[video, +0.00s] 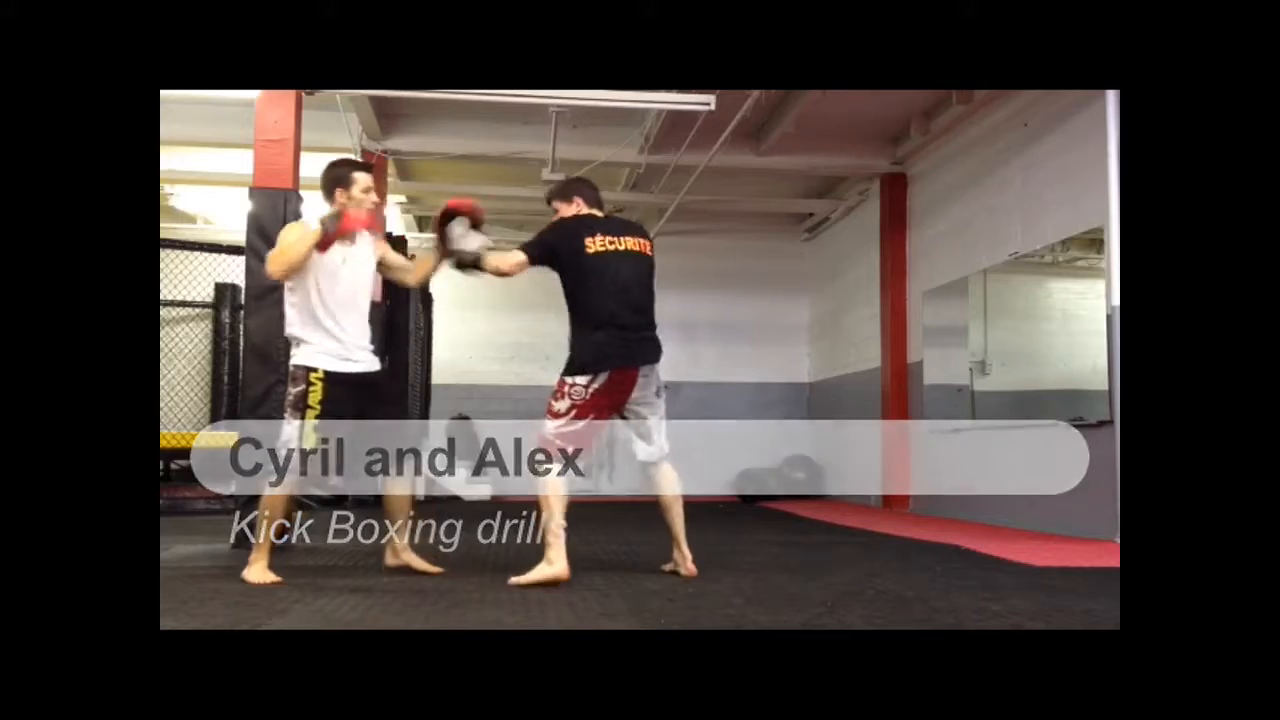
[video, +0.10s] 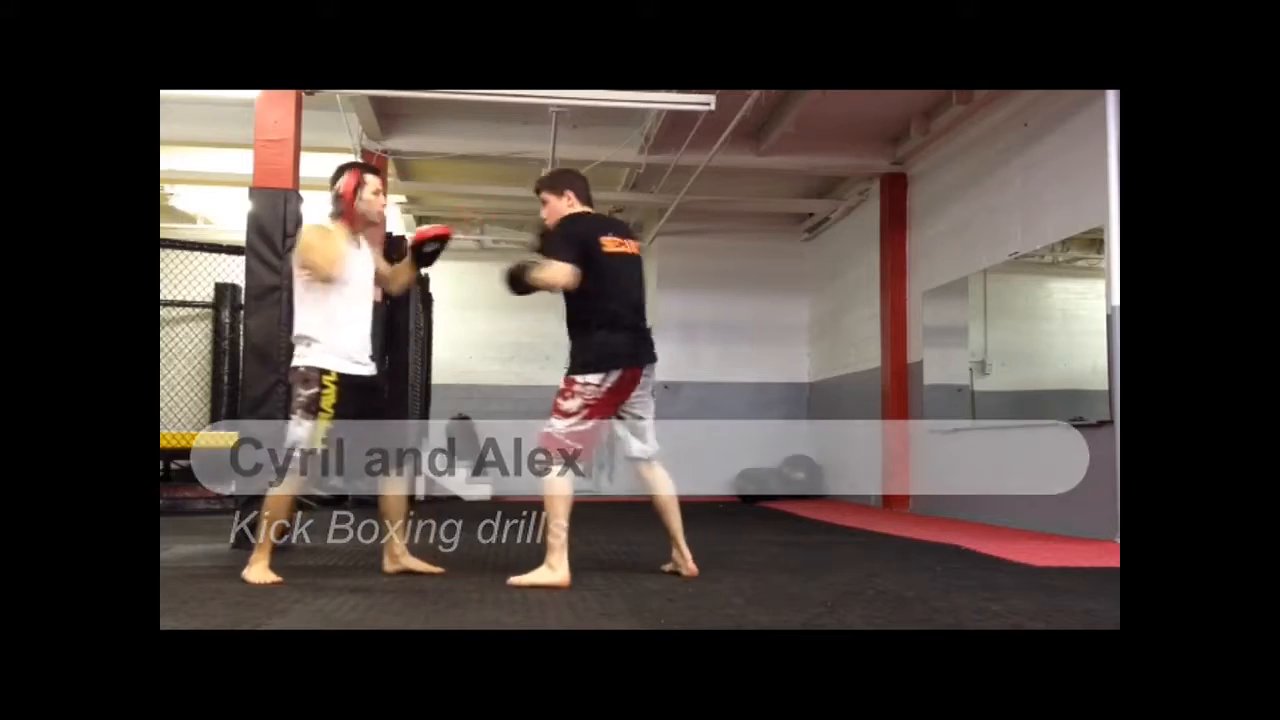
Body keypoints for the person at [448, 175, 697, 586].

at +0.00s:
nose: (555, 216)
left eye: (556, 209)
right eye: (554, 210)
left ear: (577, 203)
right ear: (593, 203)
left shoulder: (565, 230)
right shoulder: (637, 232)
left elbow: (507, 265)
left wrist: (472, 253)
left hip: (595, 358)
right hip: (645, 356)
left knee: (549, 452)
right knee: (657, 456)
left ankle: (555, 558)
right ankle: (683, 555)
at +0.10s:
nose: (544, 215)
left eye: (546, 204)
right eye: (542, 206)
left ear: (569, 198)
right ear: (582, 200)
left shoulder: (571, 227)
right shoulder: (622, 230)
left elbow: (564, 276)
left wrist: (527, 274)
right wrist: (554, 252)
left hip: (598, 360)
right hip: (638, 358)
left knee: (555, 452)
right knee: (646, 457)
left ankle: (556, 564)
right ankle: (683, 555)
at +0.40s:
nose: (550, 200)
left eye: (553, 191)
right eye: (550, 192)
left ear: (574, 189)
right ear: (582, 190)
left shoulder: (594, 230)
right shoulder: (610, 228)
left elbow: (564, 285)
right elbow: (569, 283)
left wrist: (539, 253)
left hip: (597, 360)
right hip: (623, 359)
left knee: (565, 453)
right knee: (599, 453)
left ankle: (557, 562)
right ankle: (635, 549)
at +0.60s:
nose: (603, 205)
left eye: (605, 198)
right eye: (604, 199)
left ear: (624, 194)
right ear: (643, 199)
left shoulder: (609, 220)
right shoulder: (673, 244)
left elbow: (549, 240)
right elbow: (641, 280)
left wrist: (504, 244)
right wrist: (596, 265)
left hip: (587, 339)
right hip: (635, 357)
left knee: (501, 379)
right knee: (621, 456)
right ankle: (619, 554)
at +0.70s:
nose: (620, 212)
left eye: (622, 206)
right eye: (620, 206)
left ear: (641, 204)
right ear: (661, 209)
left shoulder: (628, 225)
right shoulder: (686, 256)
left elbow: (596, 261)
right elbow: (647, 289)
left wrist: (550, 271)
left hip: (583, 339)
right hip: (631, 365)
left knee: (505, 362)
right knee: (638, 455)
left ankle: (427, 398)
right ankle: (622, 554)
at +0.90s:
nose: (614, 203)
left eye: (619, 195)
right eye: (615, 196)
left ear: (641, 194)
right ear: (657, 197)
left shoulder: (626, 222)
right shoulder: (694, 242)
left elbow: (590, 244)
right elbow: (701, 310)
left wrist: (552, 254)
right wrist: (663, 305)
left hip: (619, 348)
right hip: (667, 358)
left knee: (556, 419)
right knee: (659, 451)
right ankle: (636, 543)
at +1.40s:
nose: (692, 242)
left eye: (696, 233)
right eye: (691, 234)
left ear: (719, 231)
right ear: (725, 234)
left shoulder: (732, 259)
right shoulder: (757, 260)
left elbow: (762, 301)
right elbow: (761, 306)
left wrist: (716, 308)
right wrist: (719, 305)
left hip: (753, 382)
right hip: (788, 379)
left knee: (689, 451)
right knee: (788, 466)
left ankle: (732, 536)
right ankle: (841, 553)